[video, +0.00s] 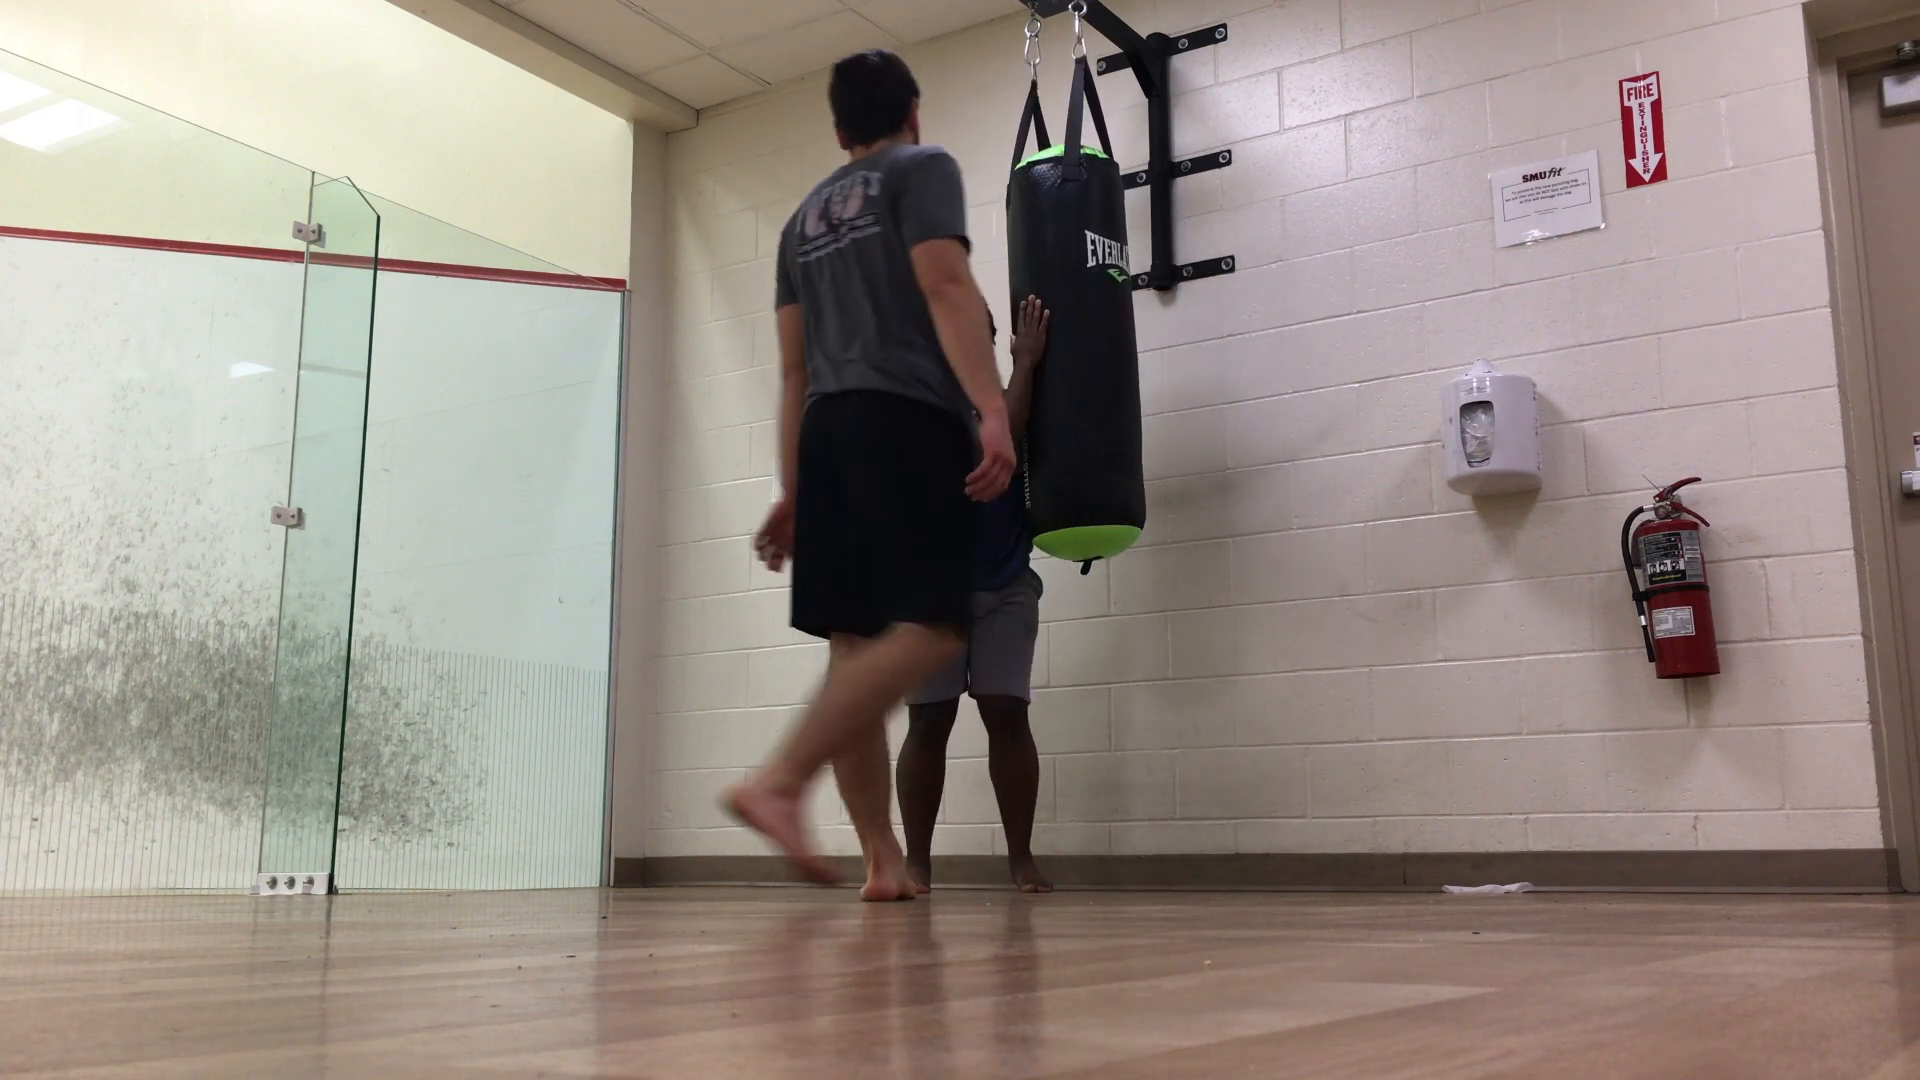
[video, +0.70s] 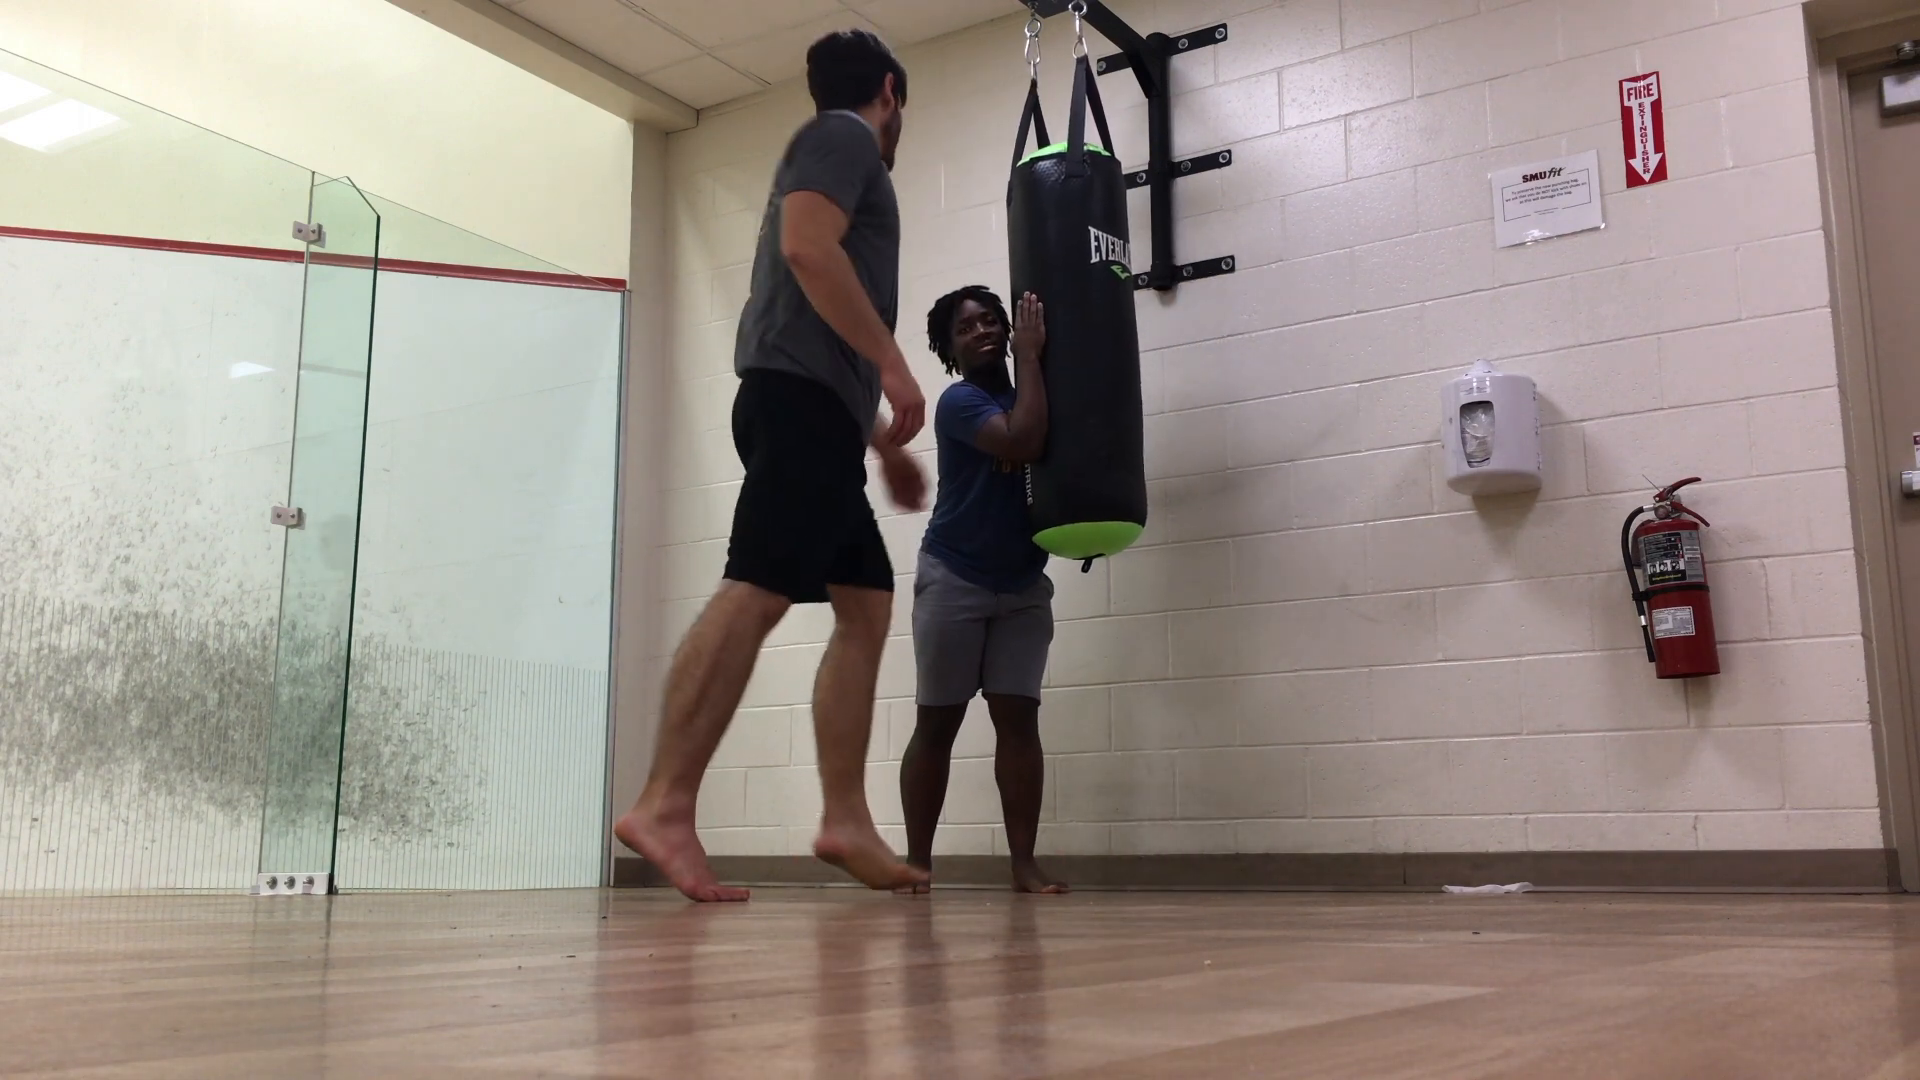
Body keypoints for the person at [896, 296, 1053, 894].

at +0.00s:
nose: (978, 346)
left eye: (986, 336)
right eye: (968, 336)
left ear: (992, 344)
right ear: (940, 345)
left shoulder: (998, 402)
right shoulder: (921, 407)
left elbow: (1016, 442)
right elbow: (996, 449)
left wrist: (1034, 366)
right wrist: (1023, 367)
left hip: (1005, 582)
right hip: (937, 586)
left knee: (1007, 718)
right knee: (930, 725)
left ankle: (1021, 856)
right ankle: (918, 860)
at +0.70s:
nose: (982, 329)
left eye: (990, 319)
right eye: (967, 325)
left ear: (1007, 332)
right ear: (948, 347)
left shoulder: (1024, 399)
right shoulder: (957, 402)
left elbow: (1056, 454)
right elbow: (1021, 444)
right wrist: (1031, 358)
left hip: (1023, 581)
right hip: (954, 581)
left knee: (1018, 722)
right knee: (937, 727)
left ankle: (1025, 866)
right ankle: (919, 864)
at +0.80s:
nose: (981, 331)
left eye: (989, 321)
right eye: (966, 327)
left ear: (1005, 331)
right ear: (948, 347)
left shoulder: (1024, 399)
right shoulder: (956, 403)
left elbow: (1060, 447)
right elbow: (1019, 444)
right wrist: (1029, 356)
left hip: (1023, 582)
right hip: (954, 582)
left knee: (1019, 722)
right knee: (938, 726)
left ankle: (1025, 866)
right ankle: (919, 862)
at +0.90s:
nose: (979, 332)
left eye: (987, 321)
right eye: (964, 328)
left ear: (1005, 331)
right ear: (947, 348)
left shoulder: (1025, 400)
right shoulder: (952, 403)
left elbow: (1061, 452)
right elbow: (1014, 445)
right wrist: (1026, 359)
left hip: (1022, 584)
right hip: (951, 584)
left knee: (1020, 723)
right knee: (935, 727)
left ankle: (1024, 864)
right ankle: (918, 862)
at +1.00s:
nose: (973, 333)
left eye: (982, 322)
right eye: (959, 328)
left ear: (1001, 332)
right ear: (944, 346)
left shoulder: (1022, 401)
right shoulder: (947, 401)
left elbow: (1054, 455)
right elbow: (1007, 445)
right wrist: (1023, 360)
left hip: (1018, 584)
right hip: (948, 586)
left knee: (1018, 723)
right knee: (929, 727)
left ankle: (1024, 864)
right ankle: (909, 862)